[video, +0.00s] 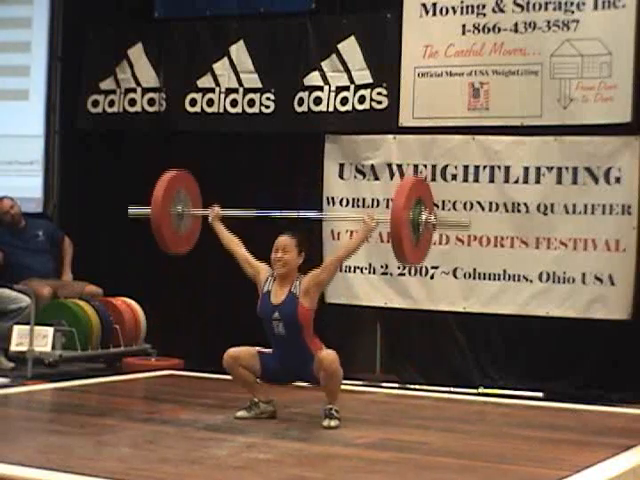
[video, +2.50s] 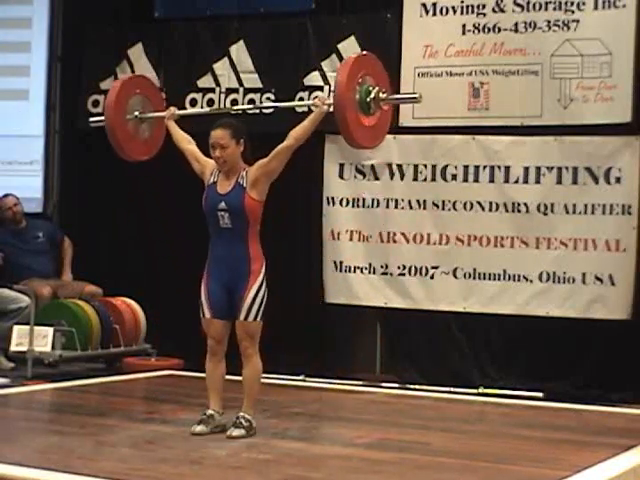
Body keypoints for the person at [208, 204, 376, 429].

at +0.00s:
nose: (278, 256)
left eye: (285, 251)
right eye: (275, 251)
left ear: (300, 257)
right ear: (271, 255)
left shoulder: (309, 285)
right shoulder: (264, 279)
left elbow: (336, 260)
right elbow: (239, 251)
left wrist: (363, 235)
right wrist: (215, 222)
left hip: (309, 363)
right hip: (278, 362)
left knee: (330, 358)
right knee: (231, 358)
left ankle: (331, 408)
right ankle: (262, 404)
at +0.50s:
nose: (276, 276)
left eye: (282, 270)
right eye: (273, 270)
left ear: (298, 272)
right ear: (269, 272)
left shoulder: (312, 298)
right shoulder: (266, 293)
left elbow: (344, 271)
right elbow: (241, 266)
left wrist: (371, 243)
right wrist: (218, 241)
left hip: (311, 378)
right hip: (278, 376)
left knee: (333, 362)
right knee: (237, 358)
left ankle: (331, 408)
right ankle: (264, 404)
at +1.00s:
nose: (269, 259)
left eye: (275, 253)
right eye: (266, 253)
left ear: (291, 255)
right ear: (262, 255)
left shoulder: (307, 280)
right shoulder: (260, 275)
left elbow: (339, 253)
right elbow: (236, 251)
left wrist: (362, 224)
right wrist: (213, 226)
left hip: (317, 345)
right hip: (283, 346)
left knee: (318, 356)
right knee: (242, 355)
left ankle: (330, 408)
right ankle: (264, 404)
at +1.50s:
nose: (255, 191)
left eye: (261, 185)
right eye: (252, 185)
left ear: (277, 189)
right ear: (248, 189)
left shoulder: (291, 216)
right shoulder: (245, 211)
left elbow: (318, 191)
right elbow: (220, 185)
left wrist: (344, 163)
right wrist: (198, 160)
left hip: (304, 292)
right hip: (271, 294)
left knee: (300, 343)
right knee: (247, 347)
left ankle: (324, 403)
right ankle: (262, 402)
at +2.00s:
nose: (232, 151)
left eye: (238, 145)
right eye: (229, 145)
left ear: (255, 148)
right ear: (226, 149)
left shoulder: (269, 176)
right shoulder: (224, 173)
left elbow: (302, 146)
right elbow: (202, 147)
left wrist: (331, 113)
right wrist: (181, 121)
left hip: (260, 272)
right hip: (228, 270)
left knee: (251, 342)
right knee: (215, 338)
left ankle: (247, 416)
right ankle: (231, 403)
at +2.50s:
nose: (217, 153)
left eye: (222, 147)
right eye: (213, 147)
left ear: (241, 147)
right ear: (211, 150)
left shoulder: (256, 176)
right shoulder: (211, 174)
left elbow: (290, 144)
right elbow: (188, 148)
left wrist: (319, 112)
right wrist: (170, 121)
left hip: (249, 272)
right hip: (215, 272)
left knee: (248, 346)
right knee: (214, 346)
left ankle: (247, 416)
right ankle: (213, 413)